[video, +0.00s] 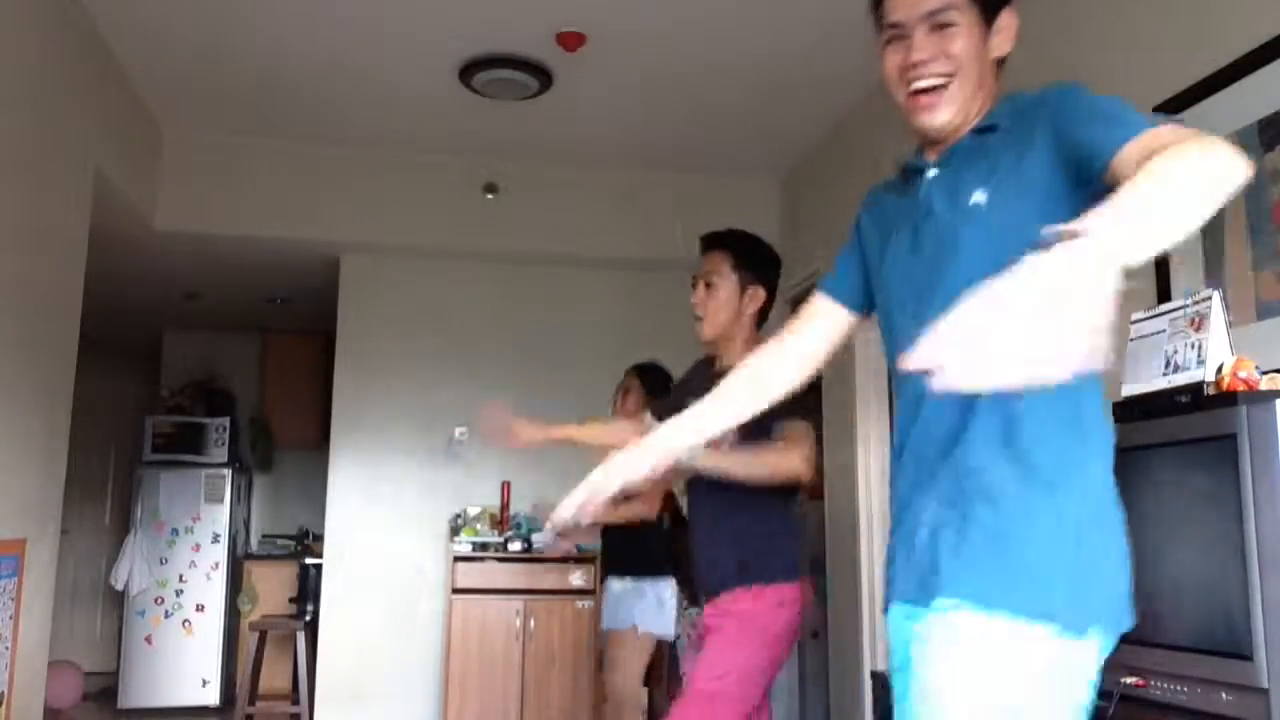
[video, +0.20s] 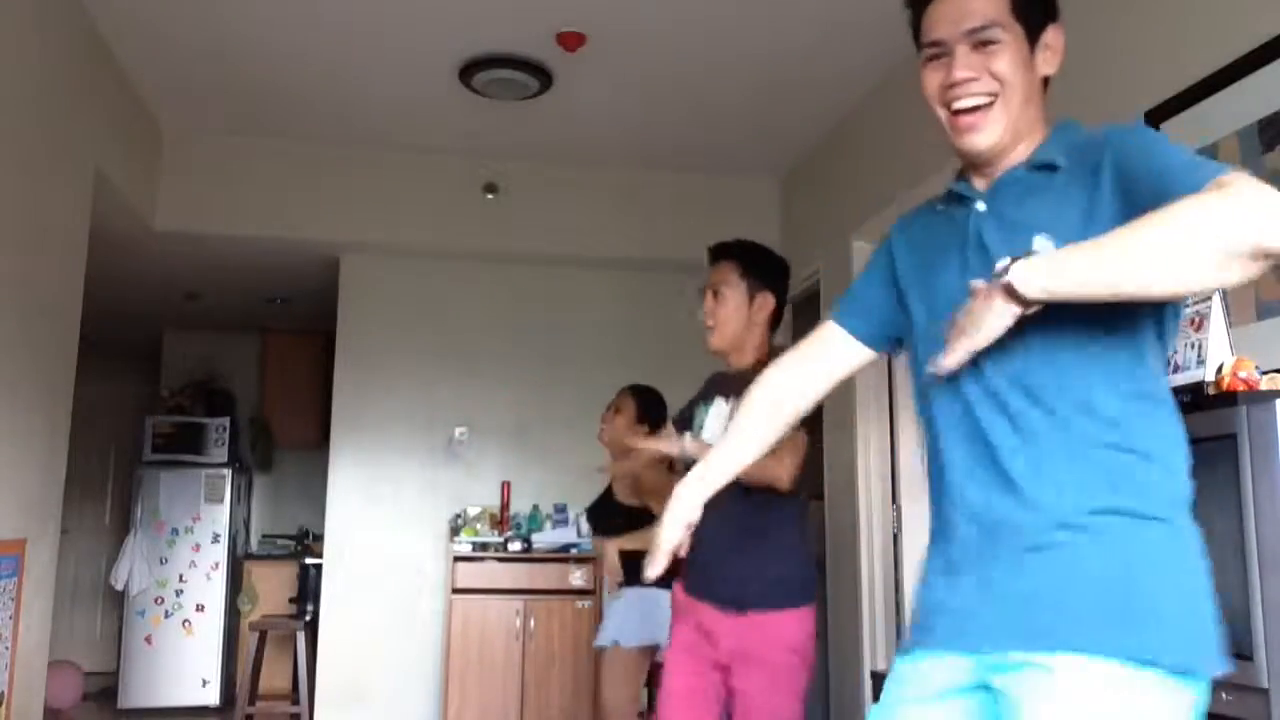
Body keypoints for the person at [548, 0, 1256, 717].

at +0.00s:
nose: (916, 55)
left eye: (942, 26)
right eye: (895, 36)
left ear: (1000, 33)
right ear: (880, 59)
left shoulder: (1055, 119)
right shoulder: (887, 209)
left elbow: (1209, 162)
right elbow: (797, 348)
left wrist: (1078, 261)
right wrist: (653, 451)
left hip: (1031, 568)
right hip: (924, 568)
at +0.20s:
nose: (957, 74)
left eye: (985, 42)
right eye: (936, 54)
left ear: (1047, 52)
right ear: (921, 76)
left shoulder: (1115, 159)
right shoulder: (914, 240)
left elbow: (1258, 226)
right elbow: (807, 370)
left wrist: (1027, 279)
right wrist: (697, 485)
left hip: (1118, 626)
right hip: (953, 629)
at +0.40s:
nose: (956, 59)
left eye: (982, 27)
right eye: (937, 42)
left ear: (1050, 28)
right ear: (926, 64)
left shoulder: (1126, 116)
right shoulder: (938, 220)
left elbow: (1271, 139)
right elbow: (843, 364)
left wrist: (1130, 256)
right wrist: (705, 436)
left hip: (1113, 614)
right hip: (955, 612)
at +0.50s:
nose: (923, 77)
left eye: (943, 45)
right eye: (913, 61)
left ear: (1026, 31)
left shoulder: (1109, 132)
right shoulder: (946, 231)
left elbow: (1238, 164)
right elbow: (895, 361)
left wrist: (1266, 188)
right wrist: (864, 361)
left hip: (1093, 596)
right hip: (948, 596)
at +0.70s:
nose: (887, 123)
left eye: (902, 91)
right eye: (884, 103)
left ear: (982, 69)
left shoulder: (1088, 161)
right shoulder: (947, 260)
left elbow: (1205, 220)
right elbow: (844, 416)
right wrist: (885, 381)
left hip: (1088, 607)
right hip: (969, 606)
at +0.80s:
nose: (903, 92)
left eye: (915, 58)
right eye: (898, 74)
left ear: (995, 32)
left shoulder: (1103, 119)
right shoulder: (938, 222)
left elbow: (1243, 165)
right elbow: (853, 360)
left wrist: (1216, 267)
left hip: (1090, 578)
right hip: (968, 581)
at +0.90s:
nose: (920, 66)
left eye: (936, 34)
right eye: (917, 52)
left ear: (1020, 15)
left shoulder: (1137, 105)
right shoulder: (938, 209)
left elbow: (1270, 148)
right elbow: (859, 355)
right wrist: (724, 490)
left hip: (1107, 588)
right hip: (963, 591)